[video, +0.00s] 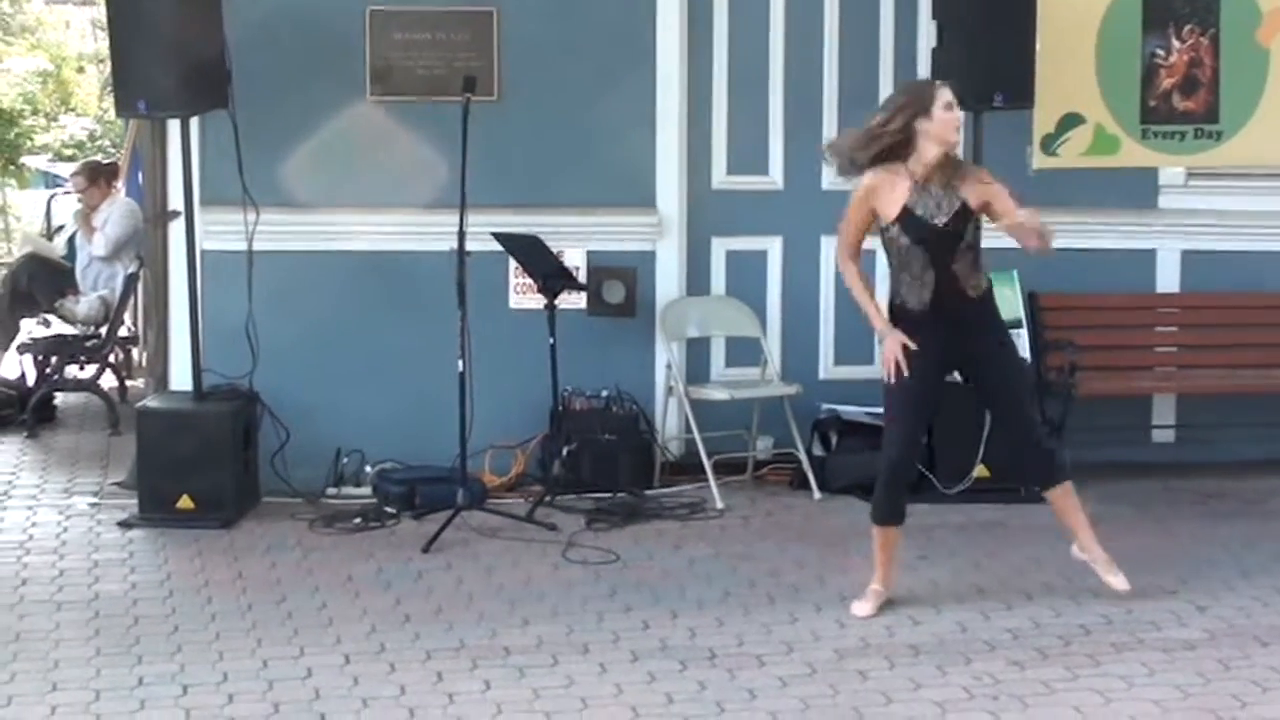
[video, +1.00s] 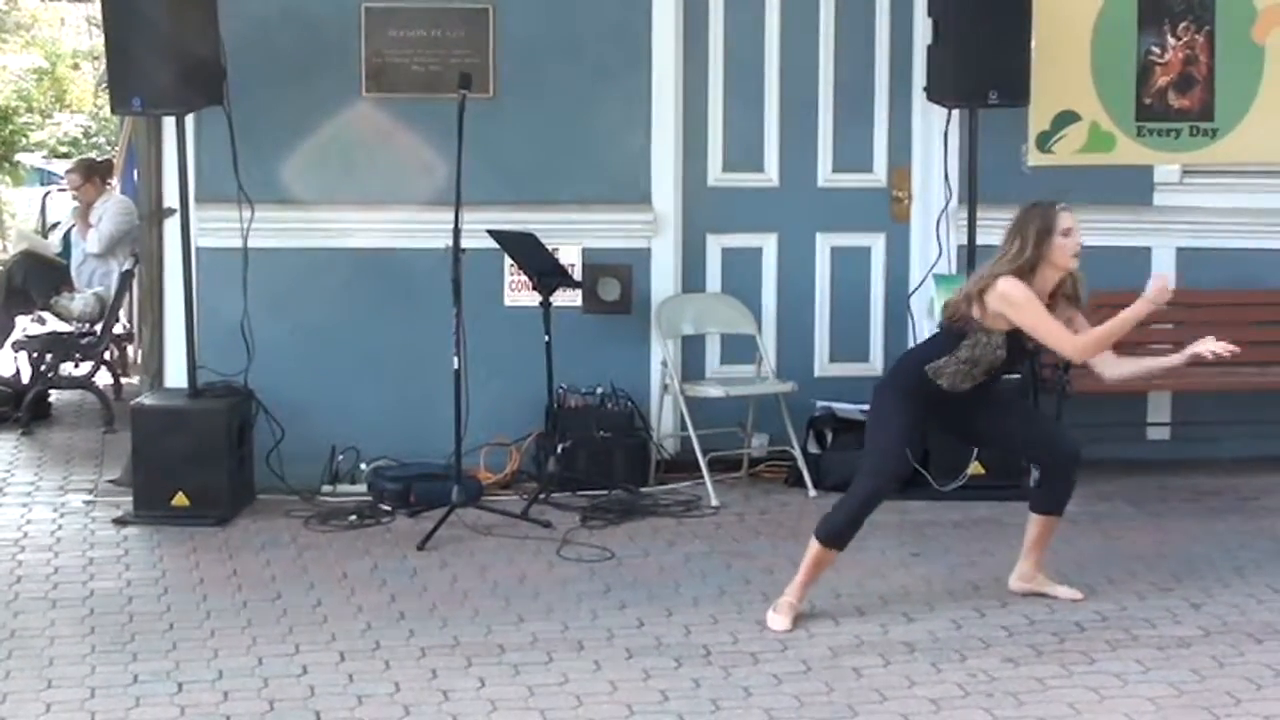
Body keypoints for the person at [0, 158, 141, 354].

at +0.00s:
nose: (79, 198)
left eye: (82, 192)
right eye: (77, 193)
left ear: (102, 185)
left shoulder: (126, 209)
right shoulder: (90, 214)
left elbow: (104, 248)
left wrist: (83, 223)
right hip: (84, 291)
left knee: (31, 265)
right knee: (14, 298)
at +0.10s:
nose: (82, 196)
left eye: (85, 189)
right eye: (80, 191)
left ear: (104, 183)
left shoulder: (129, 207)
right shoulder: (93, 212)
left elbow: (108, 246)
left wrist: (88, 224)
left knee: (36, 263)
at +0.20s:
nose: (80, 193)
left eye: (83, 187)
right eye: (77, 188)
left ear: (103, 180)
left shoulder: (127, 204)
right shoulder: (91, 210)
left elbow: (105, 243)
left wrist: (87, 220)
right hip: (84, 286)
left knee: (32, 260)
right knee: (14, 293)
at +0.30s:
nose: (78, 192)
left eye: (82, 186)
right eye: (76, 187)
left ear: (101, 180)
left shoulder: (126, 204)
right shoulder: (90, 209)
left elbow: (103, 242)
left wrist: (85, 217)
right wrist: (76, 284)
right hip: (84, 286)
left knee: (31, 259)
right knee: (13, 291)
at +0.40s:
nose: (77, 192)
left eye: (80, 186)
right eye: (75, 187)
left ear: (99, 180)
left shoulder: (124, 204)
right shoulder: (87, 209)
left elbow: (102, 243)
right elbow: (57, 245)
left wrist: (85, 219)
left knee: (28, 260)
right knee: (13, 294)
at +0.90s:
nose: (73, 195)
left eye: (76, 189)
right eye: (70, 190)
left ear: (94, 182)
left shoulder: (121, 206)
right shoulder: (83, 210)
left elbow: (98, 245)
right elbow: (55, 247)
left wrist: (81, 221)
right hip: (76, 289)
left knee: (25, 262)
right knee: (9, 299)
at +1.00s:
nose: (73, 195)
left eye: (76, 189)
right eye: (71, 190)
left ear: (94, 183)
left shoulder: (121, 207)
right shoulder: (84, 210)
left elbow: (99, 245)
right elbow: (56, 247)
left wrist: (81, 221)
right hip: (75, 286)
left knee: (26, 262)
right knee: (10, 301)